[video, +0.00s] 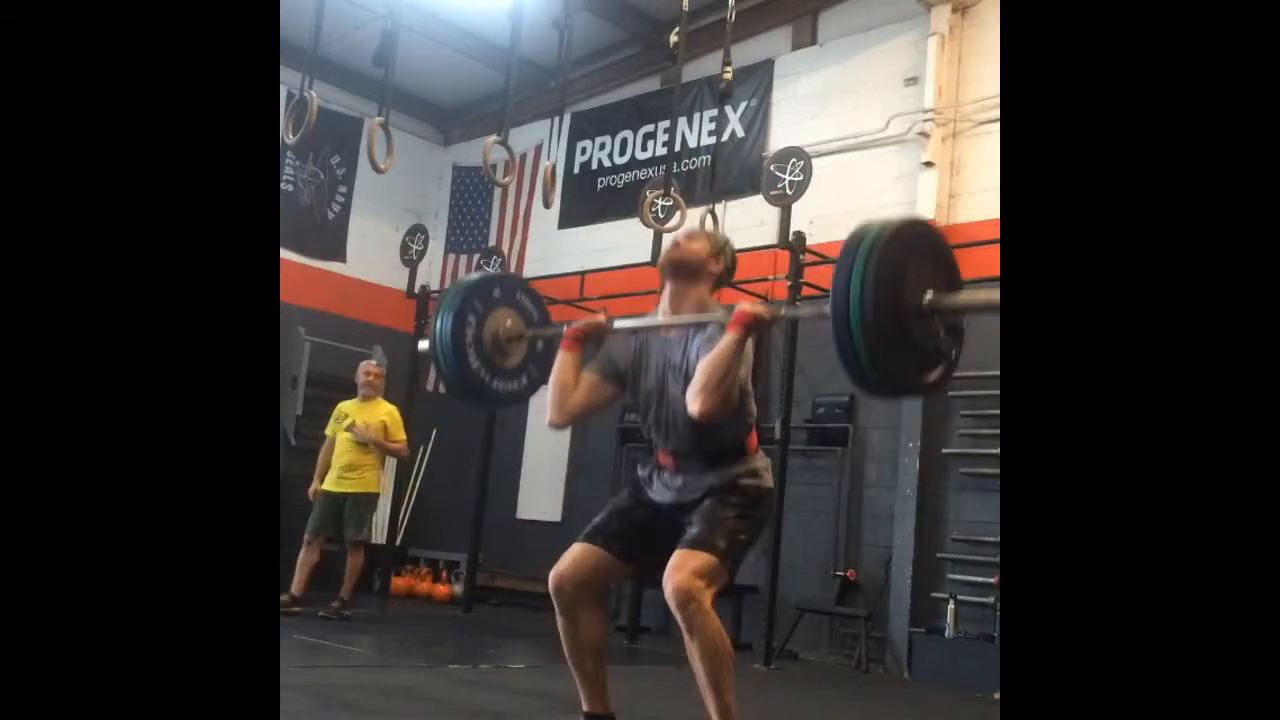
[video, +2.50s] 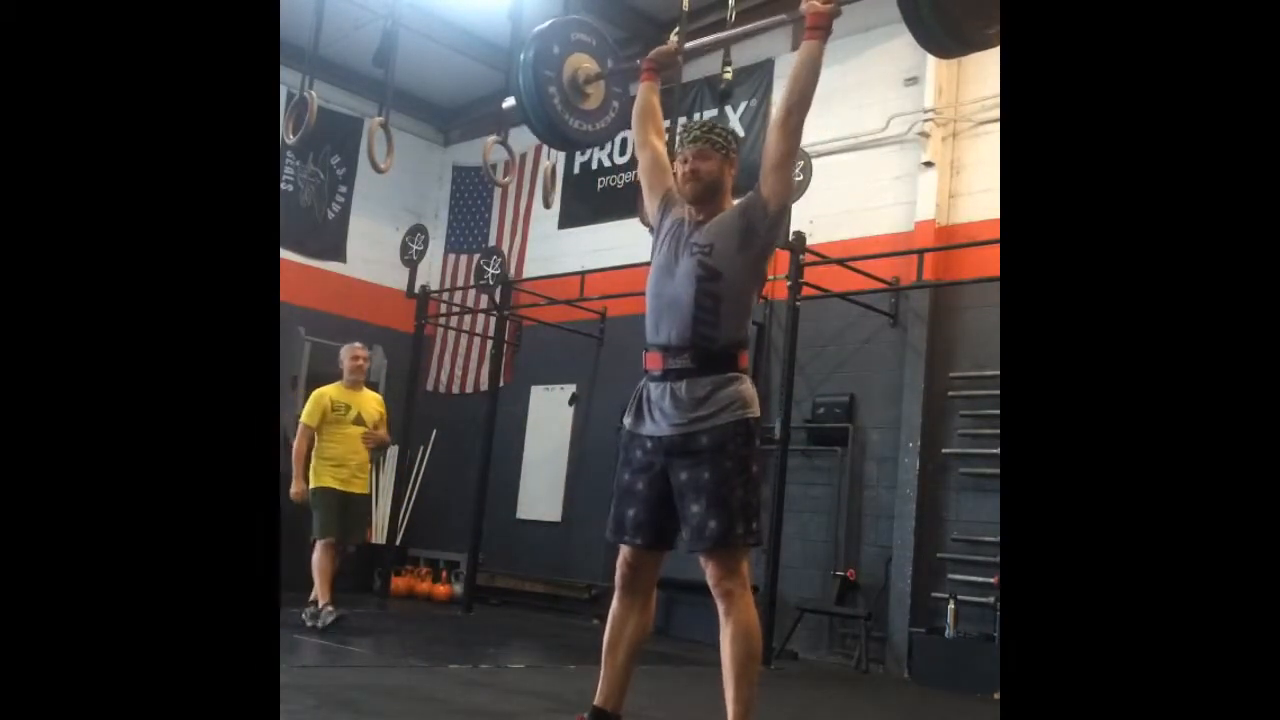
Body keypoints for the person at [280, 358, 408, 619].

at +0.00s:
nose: (370, 379)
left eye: (376, 376)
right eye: (366, 374)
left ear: (383, 382)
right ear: (357, 378)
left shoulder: (389, 412)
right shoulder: (343, 408)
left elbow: (402, 451)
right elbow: (328, 445)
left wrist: (370, 439)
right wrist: (317, 479)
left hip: (363, 488)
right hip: (332, 484)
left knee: (355, 544)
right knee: (311, 539)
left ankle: (343, 600)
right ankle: (293, 595)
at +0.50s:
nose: (333, 373)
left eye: (339, 369)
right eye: (328, 368)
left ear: (347, 375)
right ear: (320, 372)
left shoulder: (360, 406)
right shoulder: (306, 405)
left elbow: (378, 443)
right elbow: (292, 444)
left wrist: (355, 438)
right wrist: (285, 479)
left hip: (344, 490)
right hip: (307, 486)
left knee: (343, 545)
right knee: (293, 539)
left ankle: (339, 599)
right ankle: (282, 593)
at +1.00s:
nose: (308, 371)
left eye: (312, 367)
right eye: (303, 366)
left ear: (318, 370)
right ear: (291, 369)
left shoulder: (331, 398)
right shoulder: (283, 401)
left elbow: (355, 432)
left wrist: (328, 429)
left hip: (318, 479)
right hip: (286, 479)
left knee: (318, 535)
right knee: (284, 539)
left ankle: (317, 588)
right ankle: (281, 592)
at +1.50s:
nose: (314, 369)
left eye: (318, 364)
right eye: (309, 364)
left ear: (322, 368)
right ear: (296, 367)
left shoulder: (336, 399)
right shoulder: (284, 399)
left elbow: (355, 434)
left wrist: (331, 431)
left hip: (318, 485)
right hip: (285, 483)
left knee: (314, 541)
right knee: (283, 543)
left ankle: (311, 600)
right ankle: (280, 597)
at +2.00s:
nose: (347, 364)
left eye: (351, 361)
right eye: (342, 359)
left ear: (356, 367)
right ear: (329, 363)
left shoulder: (366, 401)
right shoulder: (307, 396)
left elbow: (381, 438)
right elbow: (290, 436)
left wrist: (361, 435)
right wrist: (282, 473)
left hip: (342, 488)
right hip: (304, 483)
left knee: (327, 545)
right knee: (286, 542)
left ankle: (312, 604)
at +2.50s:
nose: (360, 363)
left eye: (364, 359)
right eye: (354, 358)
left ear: (369, 365)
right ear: (341, 364)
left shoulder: (376, 401)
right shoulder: (323, 395)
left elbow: (386, 439)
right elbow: (302, 438)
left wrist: (380, 438)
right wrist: (298, 478)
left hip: (359, 485)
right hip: (326, 480)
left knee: (340, 545)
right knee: (327, 541)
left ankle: (313, 603)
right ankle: (324, 605)